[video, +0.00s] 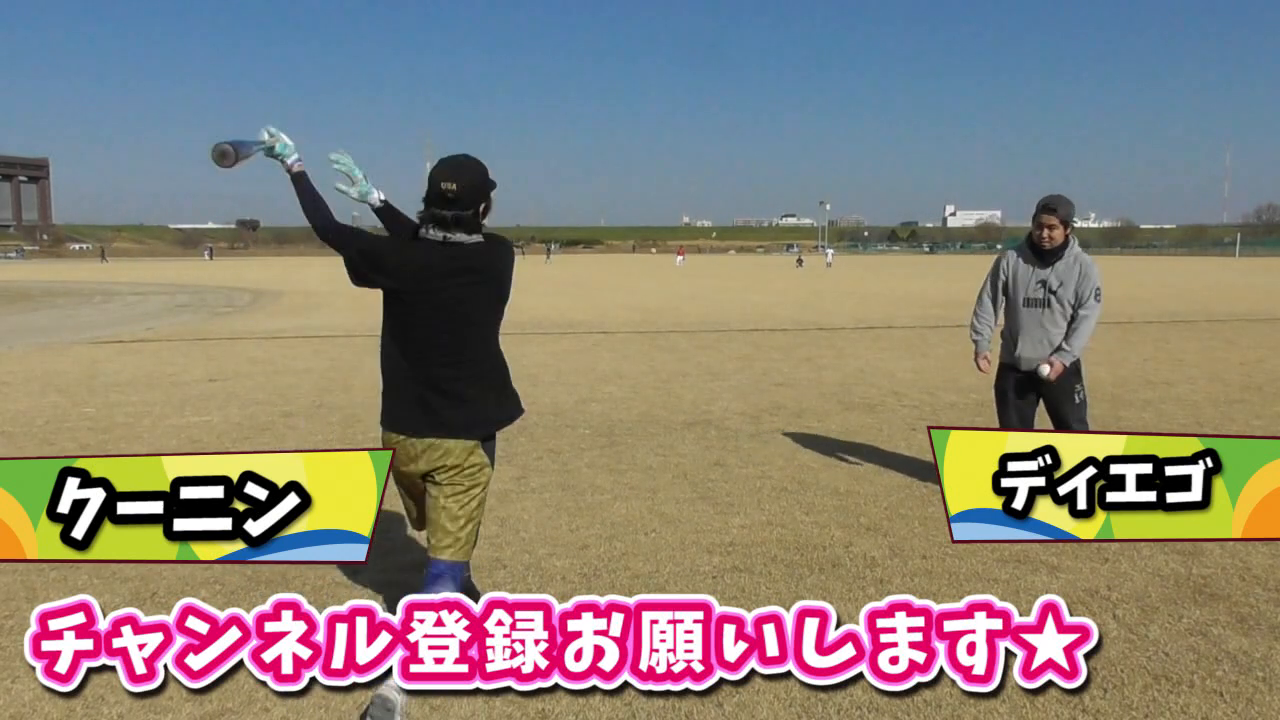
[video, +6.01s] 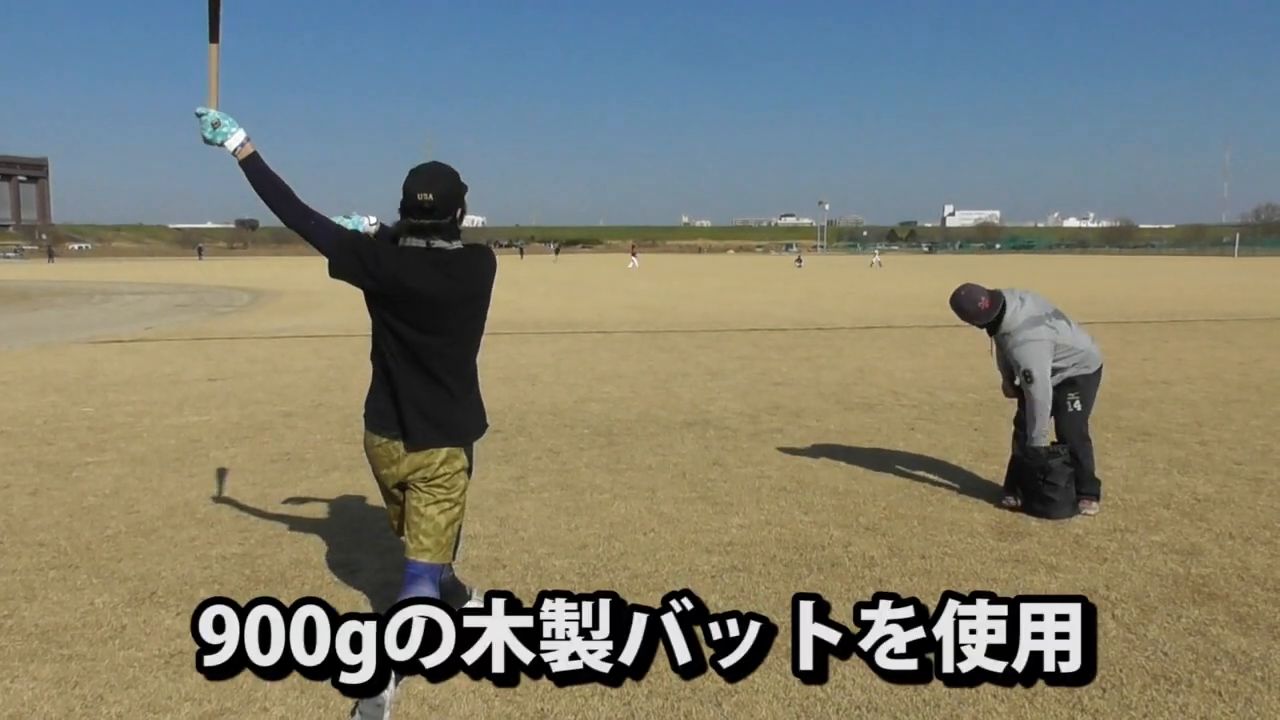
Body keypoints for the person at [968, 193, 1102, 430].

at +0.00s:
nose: (1044, 234)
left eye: (1051, 228)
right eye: (1039, 226)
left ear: (1067, 229)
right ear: (1032, 224)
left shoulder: (1083, 267)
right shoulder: (1009, 261)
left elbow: (1086, 318)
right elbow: (987, 303)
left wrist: (1063, 357)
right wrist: (982, 344)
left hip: (1061, 368)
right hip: (1015, 369)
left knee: (1076, 442)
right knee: (1013, 442)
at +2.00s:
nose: (1035, 315)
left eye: (1044, 312)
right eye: (1033, 305)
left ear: (1060, 313)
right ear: (1029, 297)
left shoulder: (1068, 337)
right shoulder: (1007, 307)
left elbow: (1067, 391)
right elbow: (987, 346)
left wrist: (1060, 438)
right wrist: (986, 386)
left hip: (1051, 379)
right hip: (1011, 376)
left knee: (1074, 433)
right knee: (1009, 436)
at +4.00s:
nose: (1020, 233)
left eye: (1027, 226)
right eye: (1014, 226)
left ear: (1043, 229)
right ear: (1007, 229)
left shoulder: (1066, 264)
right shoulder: (995, 271)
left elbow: (1084, 310)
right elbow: (984, 319)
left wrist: (1091, 356)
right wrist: (985, 362)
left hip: (1059, 366)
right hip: (1013, 369)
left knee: (1074, 434)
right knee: (1013, 436)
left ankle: (1086, 493)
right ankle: (1016, 496)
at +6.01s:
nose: (975, 325)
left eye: (973, 321)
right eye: (973, 321)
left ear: (979, 319)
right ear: (987, 297)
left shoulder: (1025, 344)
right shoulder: (1001, 304)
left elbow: (1040, 400)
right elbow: (1002, 346)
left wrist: (1036, 447)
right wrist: (1007, 378)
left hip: (1079, 367)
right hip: (1041, 366)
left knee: (1070, 430)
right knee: (1024, 427)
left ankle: (1088, 493)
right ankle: (1016, 490)